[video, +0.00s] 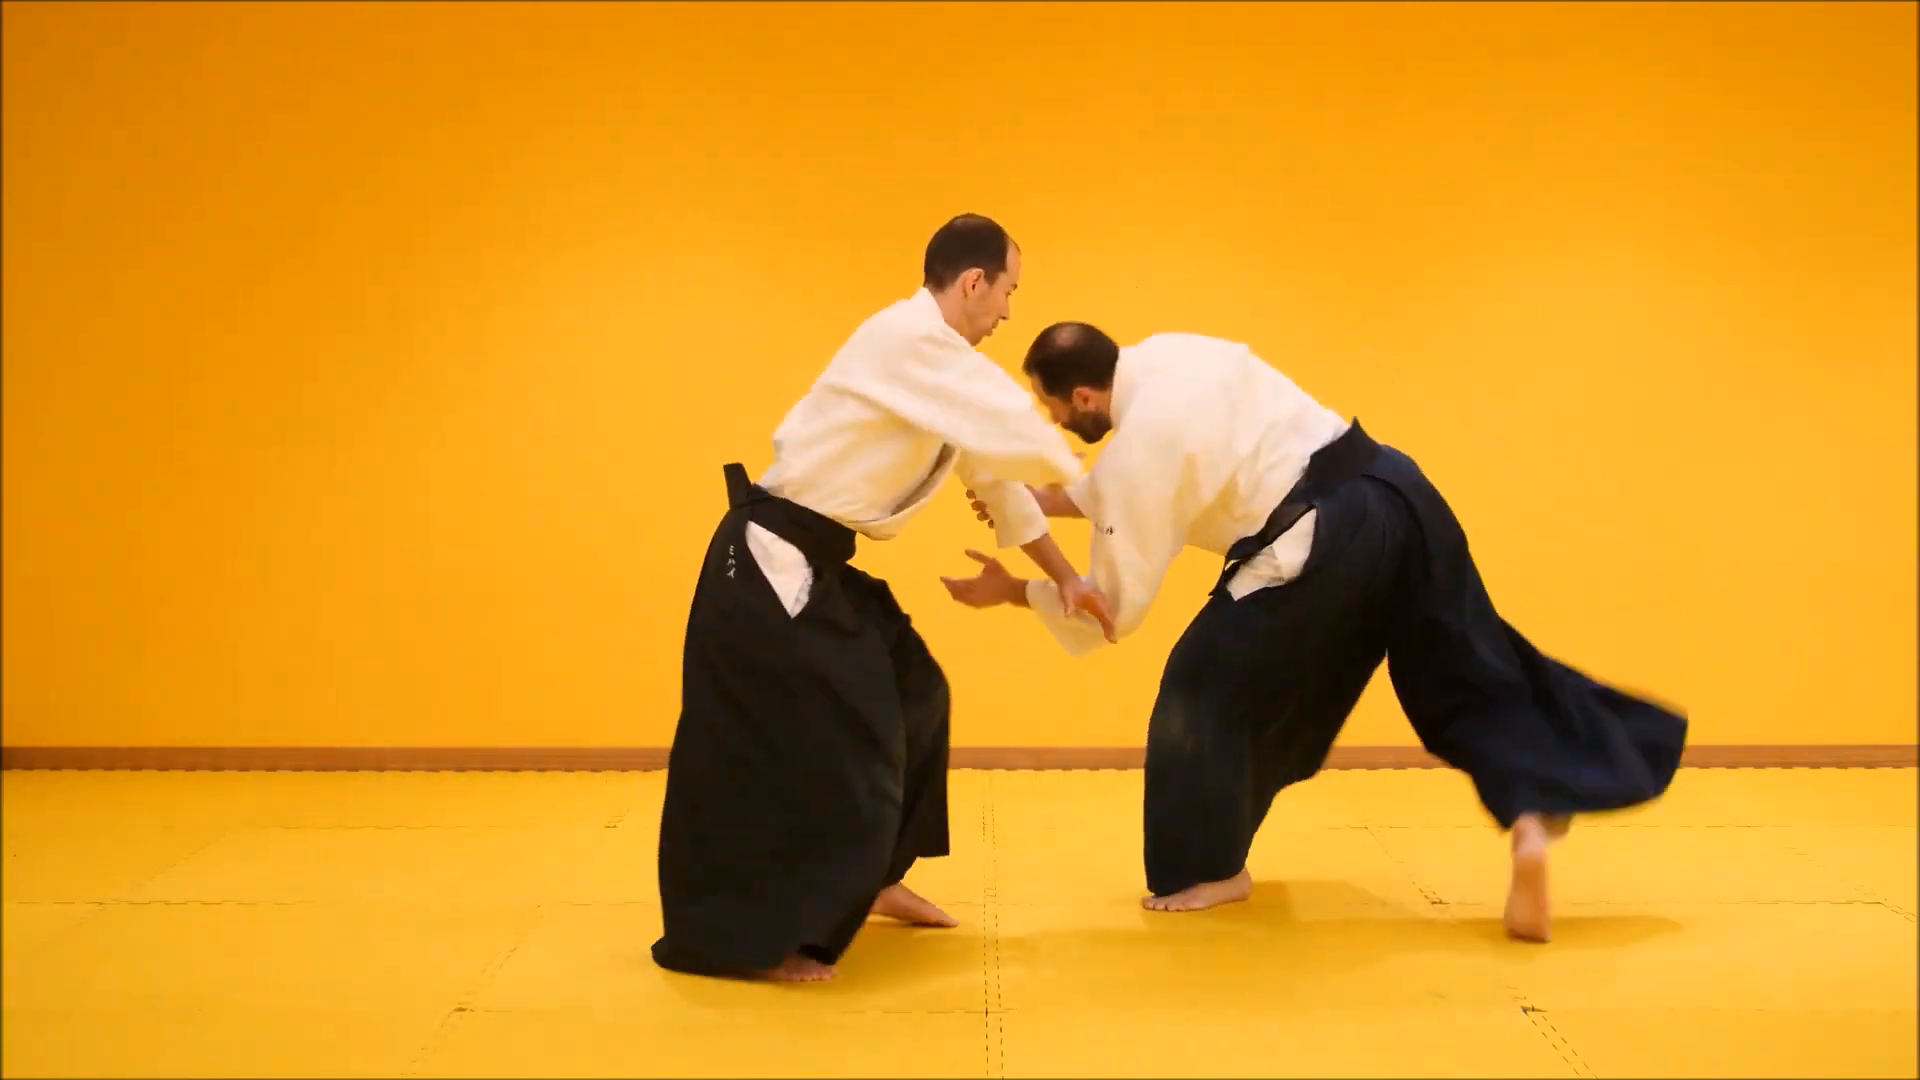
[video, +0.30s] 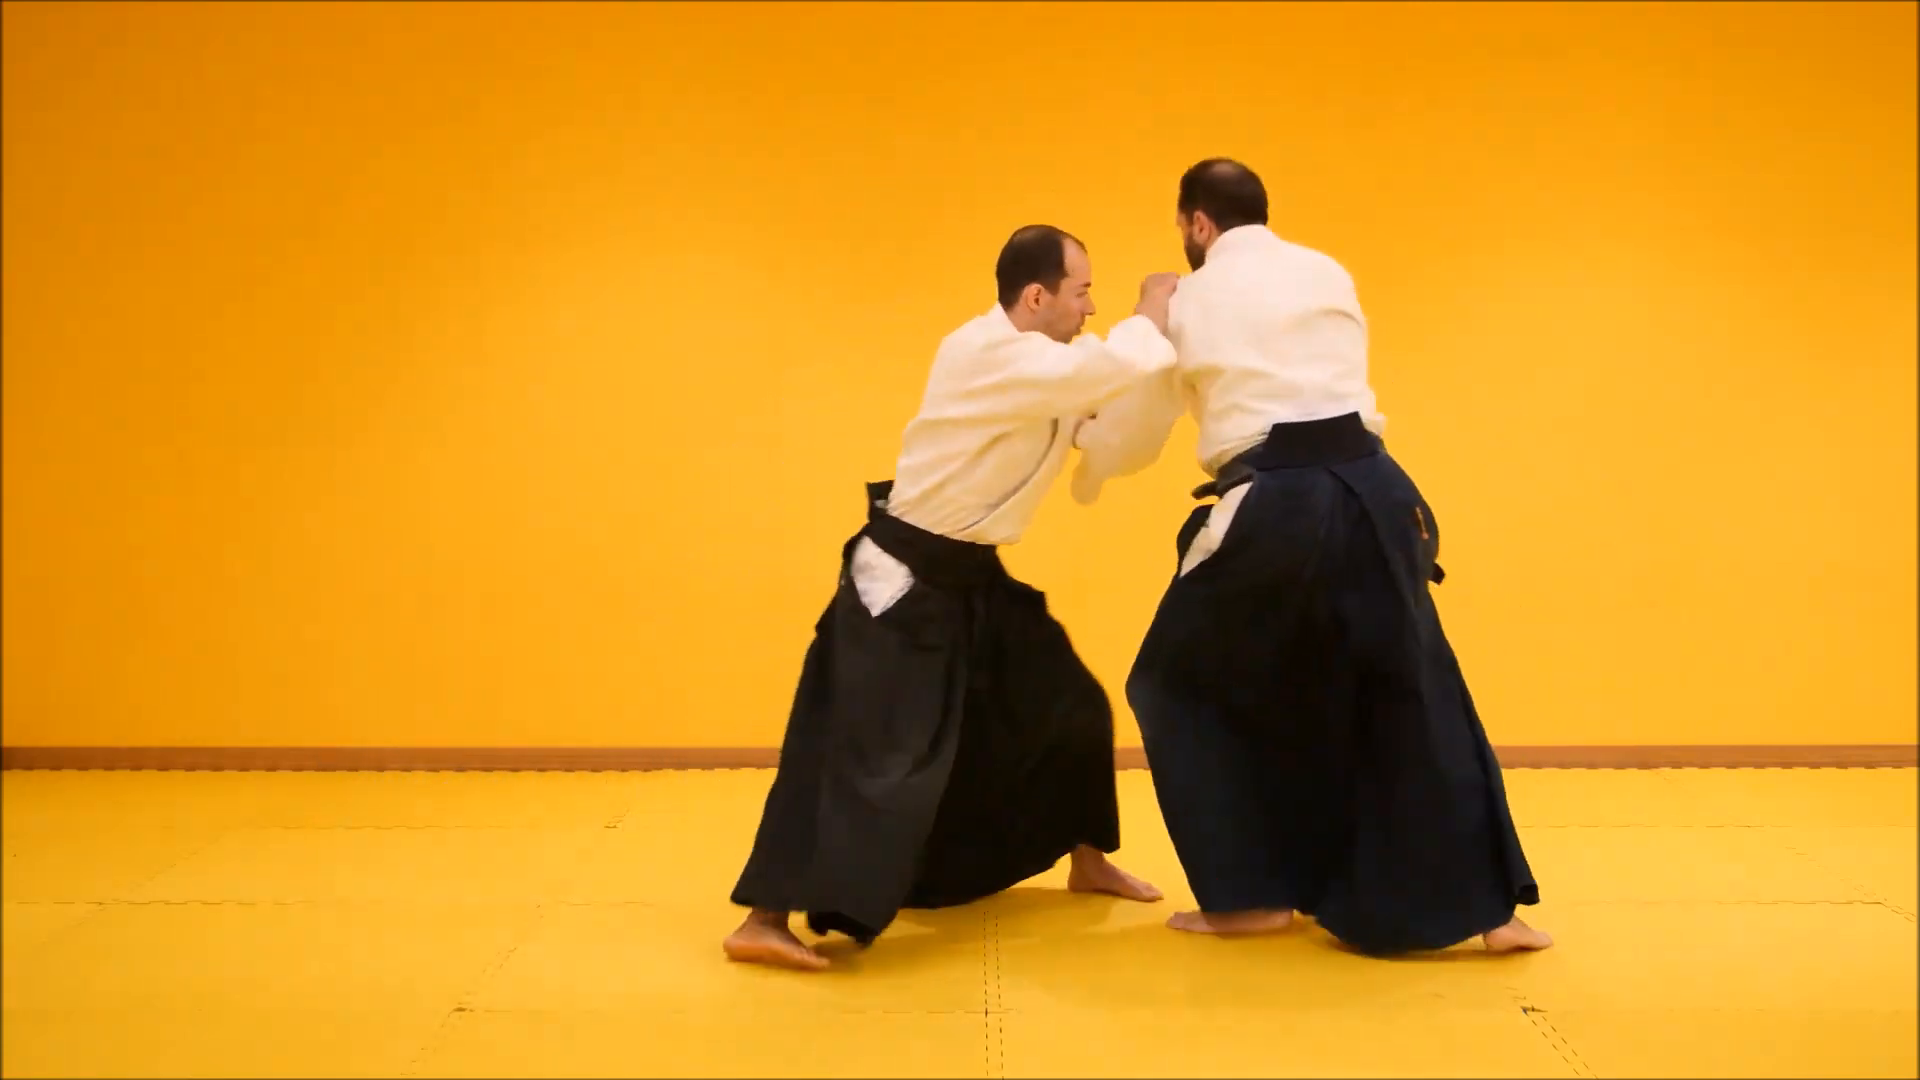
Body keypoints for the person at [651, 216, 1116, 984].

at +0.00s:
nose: (1007, 310)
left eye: (1011, 295)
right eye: (1006, 293)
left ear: (957, 283)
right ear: (971, 282)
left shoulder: (937, 352)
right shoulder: (908, 334)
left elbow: (994, 480)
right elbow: (1014, 422)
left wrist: (1064, 576)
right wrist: (1093, 491)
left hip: (816, 563)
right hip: (769, 559)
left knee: (917, 695)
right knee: (845, 736)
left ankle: (876, 877)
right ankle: (762, 934)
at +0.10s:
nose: (1018, 308)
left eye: (1021, 292)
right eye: (1015, 291)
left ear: (963, 286)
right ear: (980, 285)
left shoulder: (956, 353)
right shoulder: (930, 341)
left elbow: (1006, 448)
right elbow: (1045, 386)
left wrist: (1083, 489)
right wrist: (1134, 415)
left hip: (861, 573)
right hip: (810, 572)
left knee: (973, 691)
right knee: (879, 746)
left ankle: (932, 849)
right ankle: (835, 929)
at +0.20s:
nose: (1057, 307)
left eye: (1057, 292)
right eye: (1050, 291)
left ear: (995, 290)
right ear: (1012, 289)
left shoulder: (989, 352)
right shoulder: (975, 347)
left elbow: (1065, 428)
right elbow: (1089, 359)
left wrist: (1169, 427)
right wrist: (1180, 342)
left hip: (904, 581)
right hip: (850, 577)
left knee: (1004, 711)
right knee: (825, 757)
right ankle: (762, 936)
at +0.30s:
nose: (1090, 306)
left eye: (1090, 292)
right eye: (1081, 292)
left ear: (1035, 296)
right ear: (1035, 297)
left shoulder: (1041, 359)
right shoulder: (992, 353)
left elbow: (1111, 441)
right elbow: (1125, 364)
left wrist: (1159, 353)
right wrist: (1151, 312)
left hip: (972, 575)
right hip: (902, 575)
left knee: (1077, 704)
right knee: (851, 741)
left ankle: (1089, 857)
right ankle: (764, 917)